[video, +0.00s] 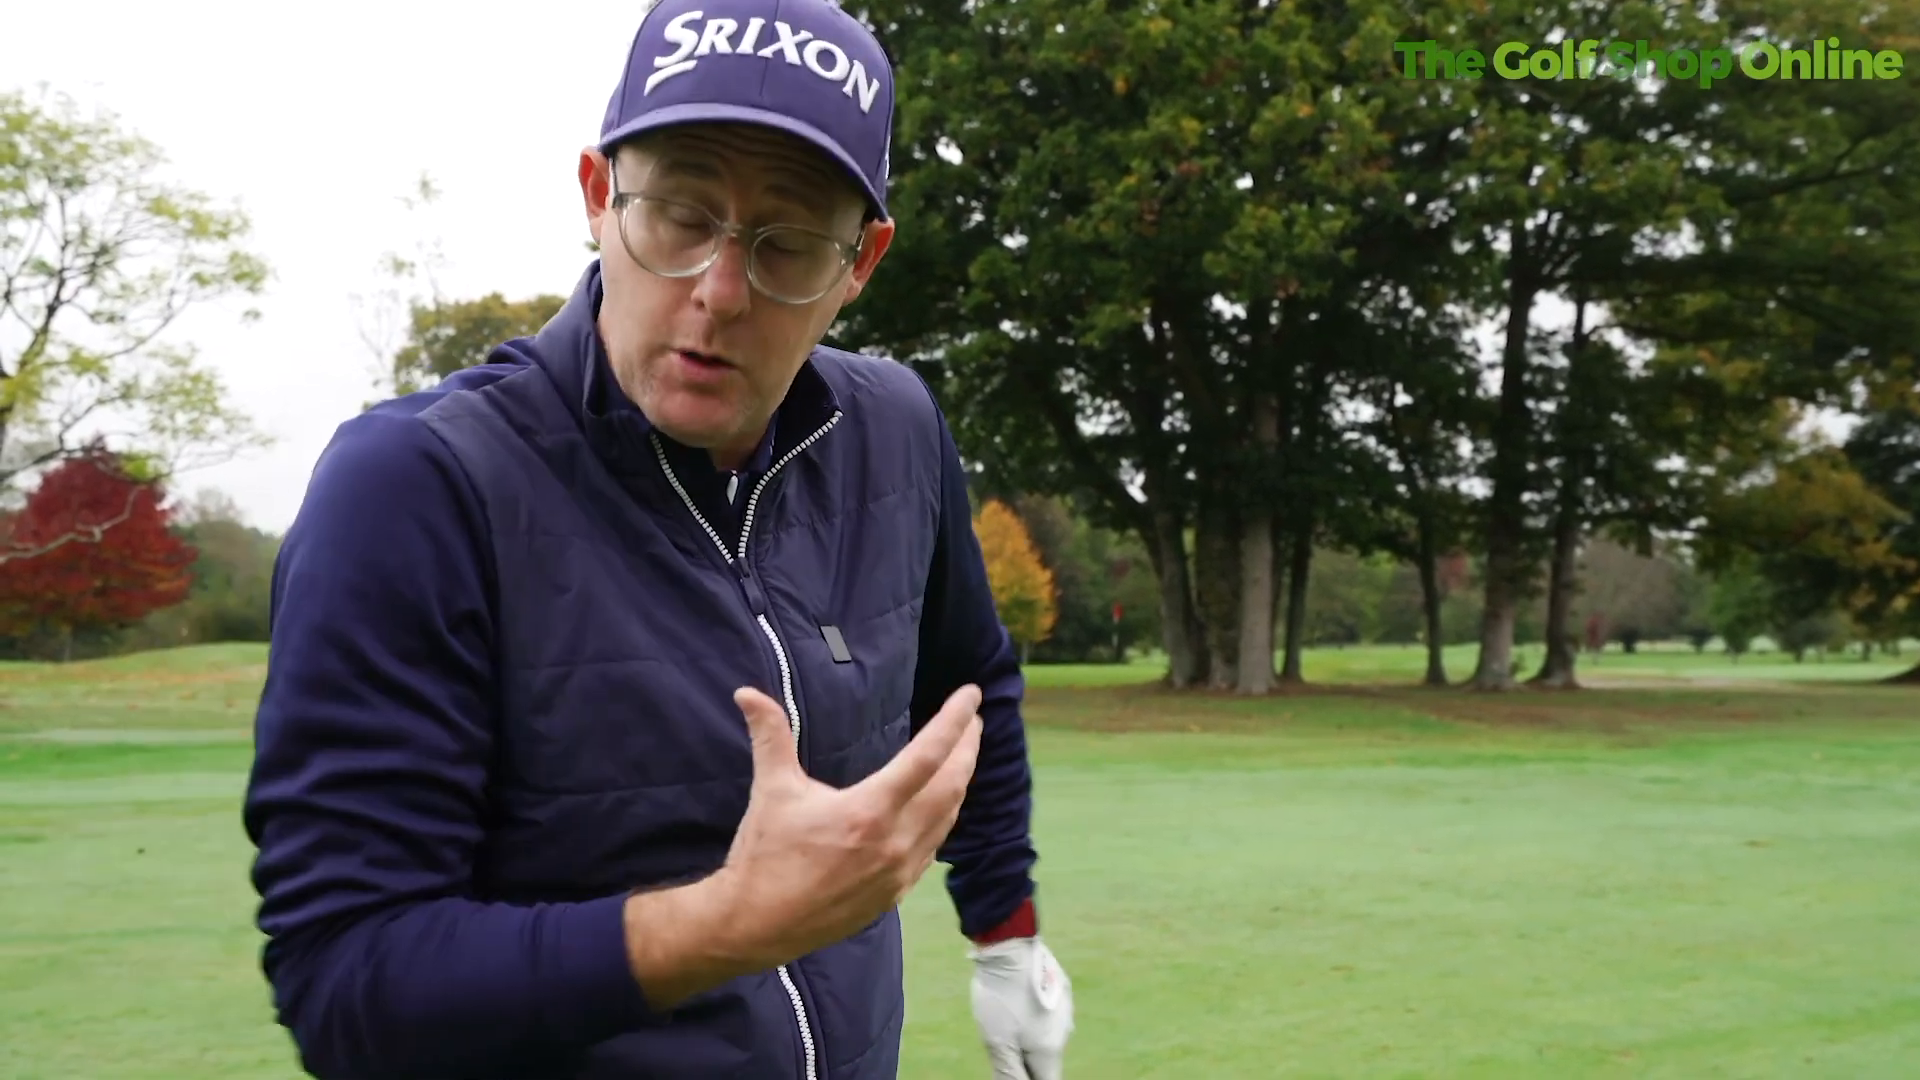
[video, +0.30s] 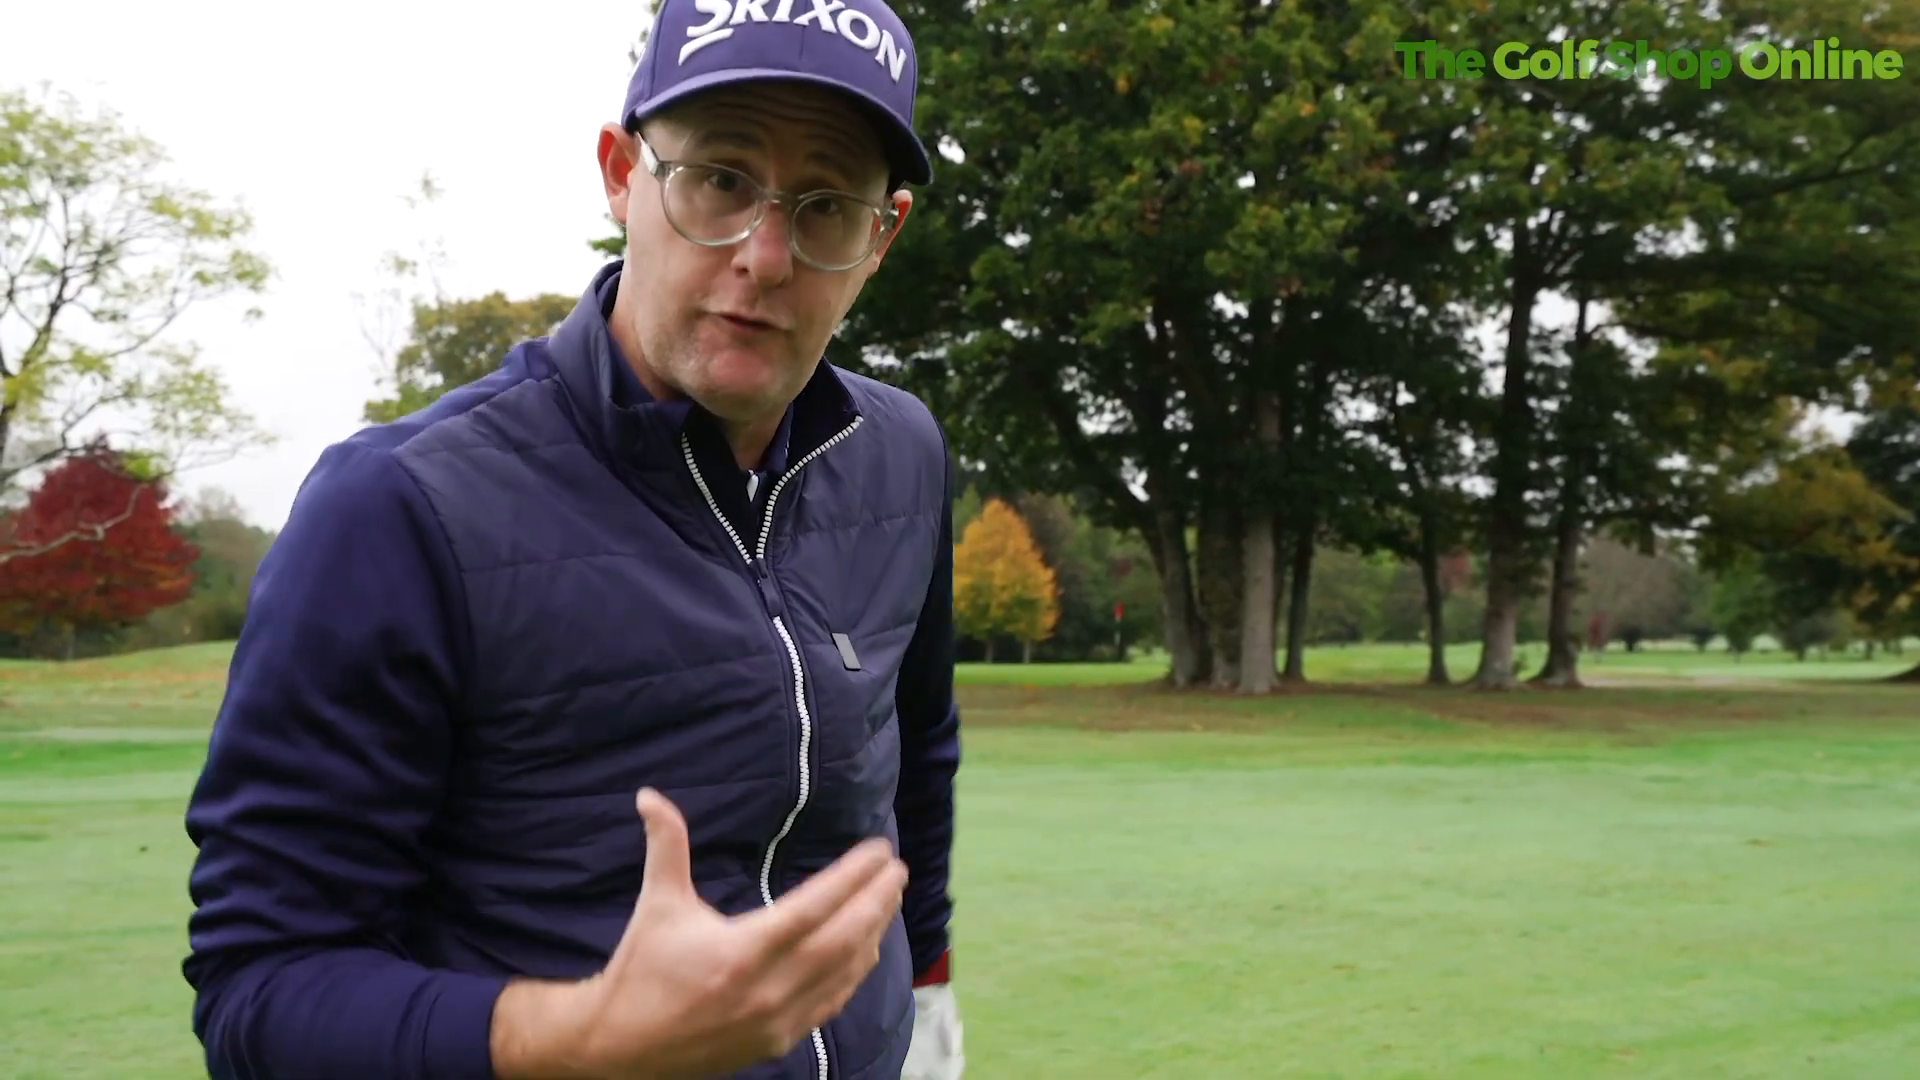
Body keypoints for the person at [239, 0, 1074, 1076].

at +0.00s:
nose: (721, 291)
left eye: (782, 240)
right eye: (683, 216)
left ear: (857, 266)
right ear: (600, 200)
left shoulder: (893, 434)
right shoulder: (415, 484)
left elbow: (970, 690)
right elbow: (343, 979)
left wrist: (1004, 933)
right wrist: (717, 923)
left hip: (851, 1054)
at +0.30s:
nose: (764, 255)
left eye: (823, 202)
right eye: (719, 179)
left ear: (883, 233)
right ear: (622, 175)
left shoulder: (899, 461)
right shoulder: (404, 510)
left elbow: (917, 744)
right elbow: (258, 986)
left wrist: (924, 972)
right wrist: (582, 1032)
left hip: (862, 1053)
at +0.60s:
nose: (790, 232)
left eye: (841, 180)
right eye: (744, 160)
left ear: (888, 225)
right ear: (636, 170)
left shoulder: (895, 475)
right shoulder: (408, 508)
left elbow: (832, 834)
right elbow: (240, 968)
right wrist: (552, 1063)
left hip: (852, 1055)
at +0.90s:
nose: (779, 237)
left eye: (829, 185)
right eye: (730, 167)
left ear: (884, 225)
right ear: (627, 177)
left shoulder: (886, 476)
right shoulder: (405, 508)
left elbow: (827, 845)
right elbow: (283, 968)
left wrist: (850, 1044)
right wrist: (566, 1067)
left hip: (841, 1056)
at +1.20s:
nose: (754, 208)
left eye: (798, 160)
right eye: (700, 146)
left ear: (847, 206)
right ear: (596, 174)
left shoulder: (866, 471)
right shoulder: (399, 502)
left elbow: (854, 809)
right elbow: (186, 967)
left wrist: (848, 1008)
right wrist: (571, 1059)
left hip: (830, 1055)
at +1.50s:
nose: (743, 220)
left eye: (790, 172)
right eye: (695, 155)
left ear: (832, 213)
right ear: (587, 168)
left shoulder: (854, 443)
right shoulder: (401, 459)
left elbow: (915, 742)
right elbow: (159, 867)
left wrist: (952, 993)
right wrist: (620, 968)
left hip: (831, 1056)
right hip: (525, 1054)